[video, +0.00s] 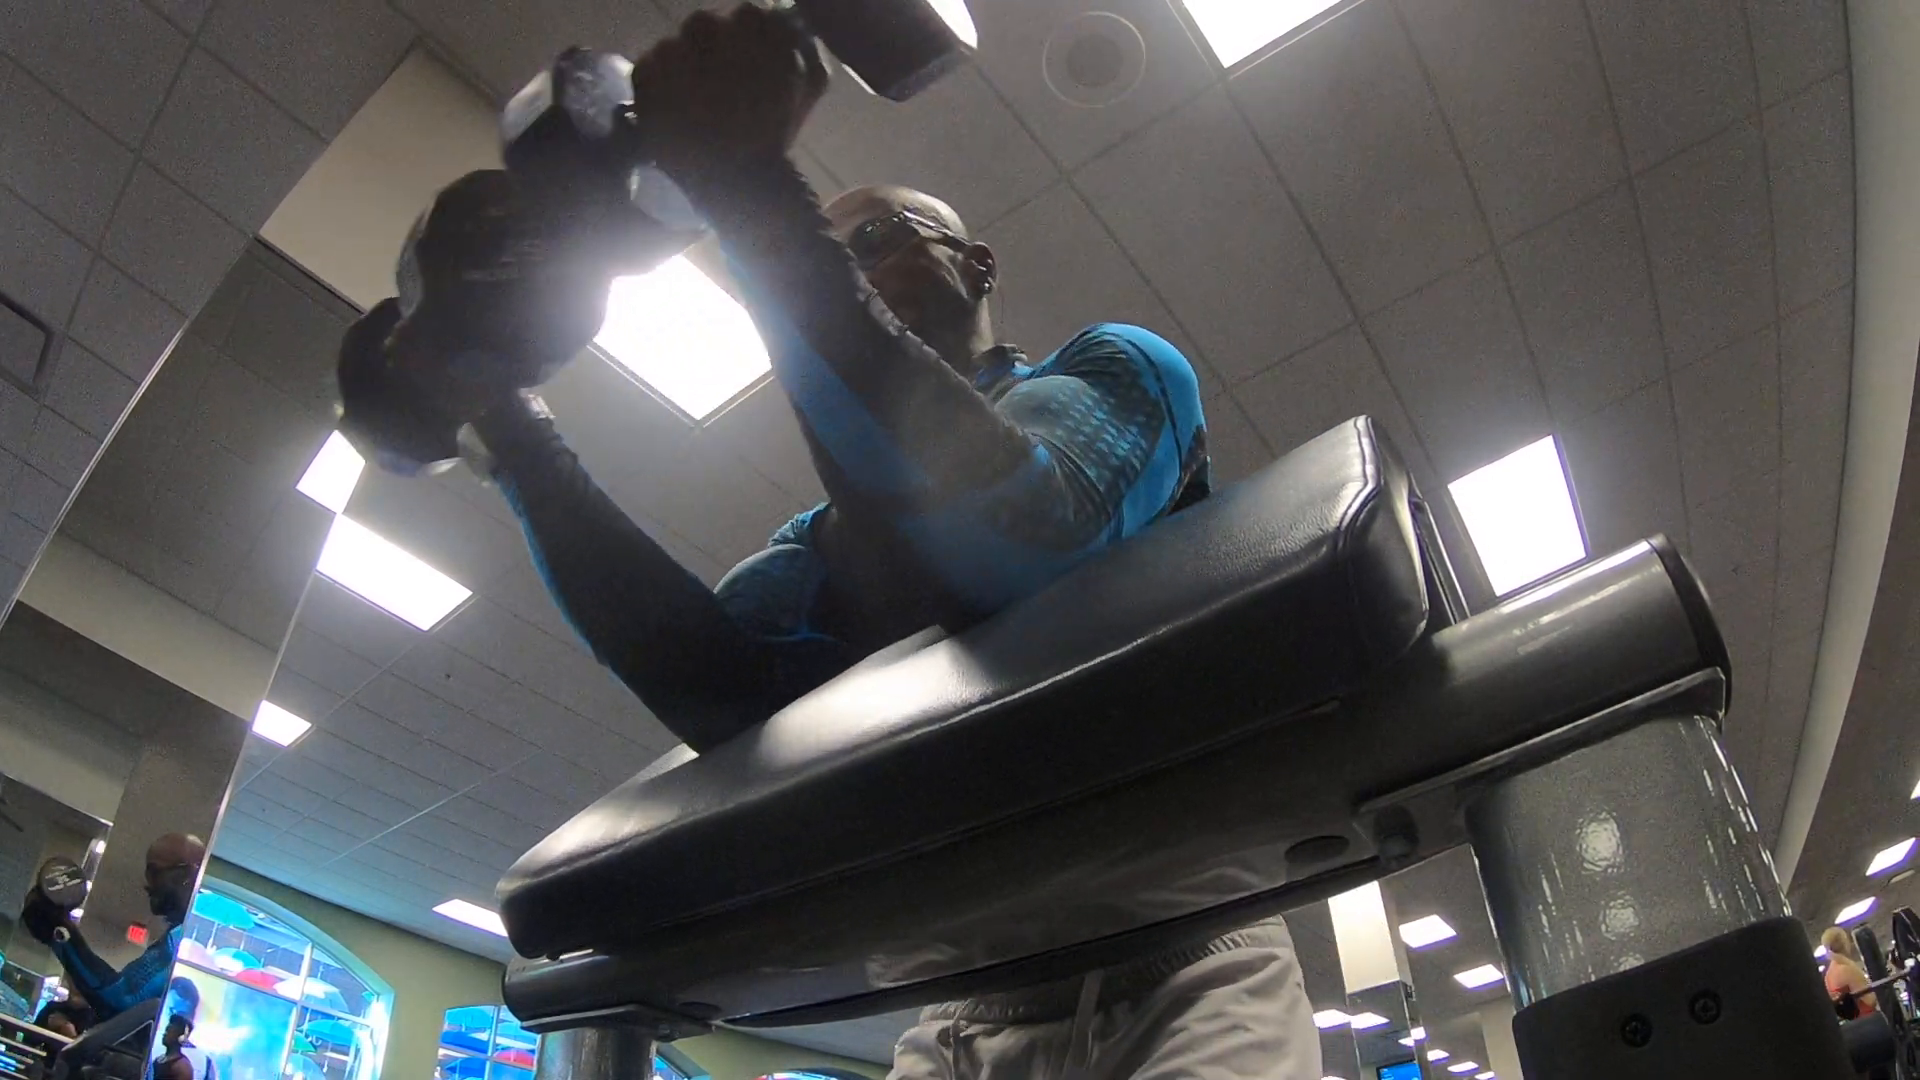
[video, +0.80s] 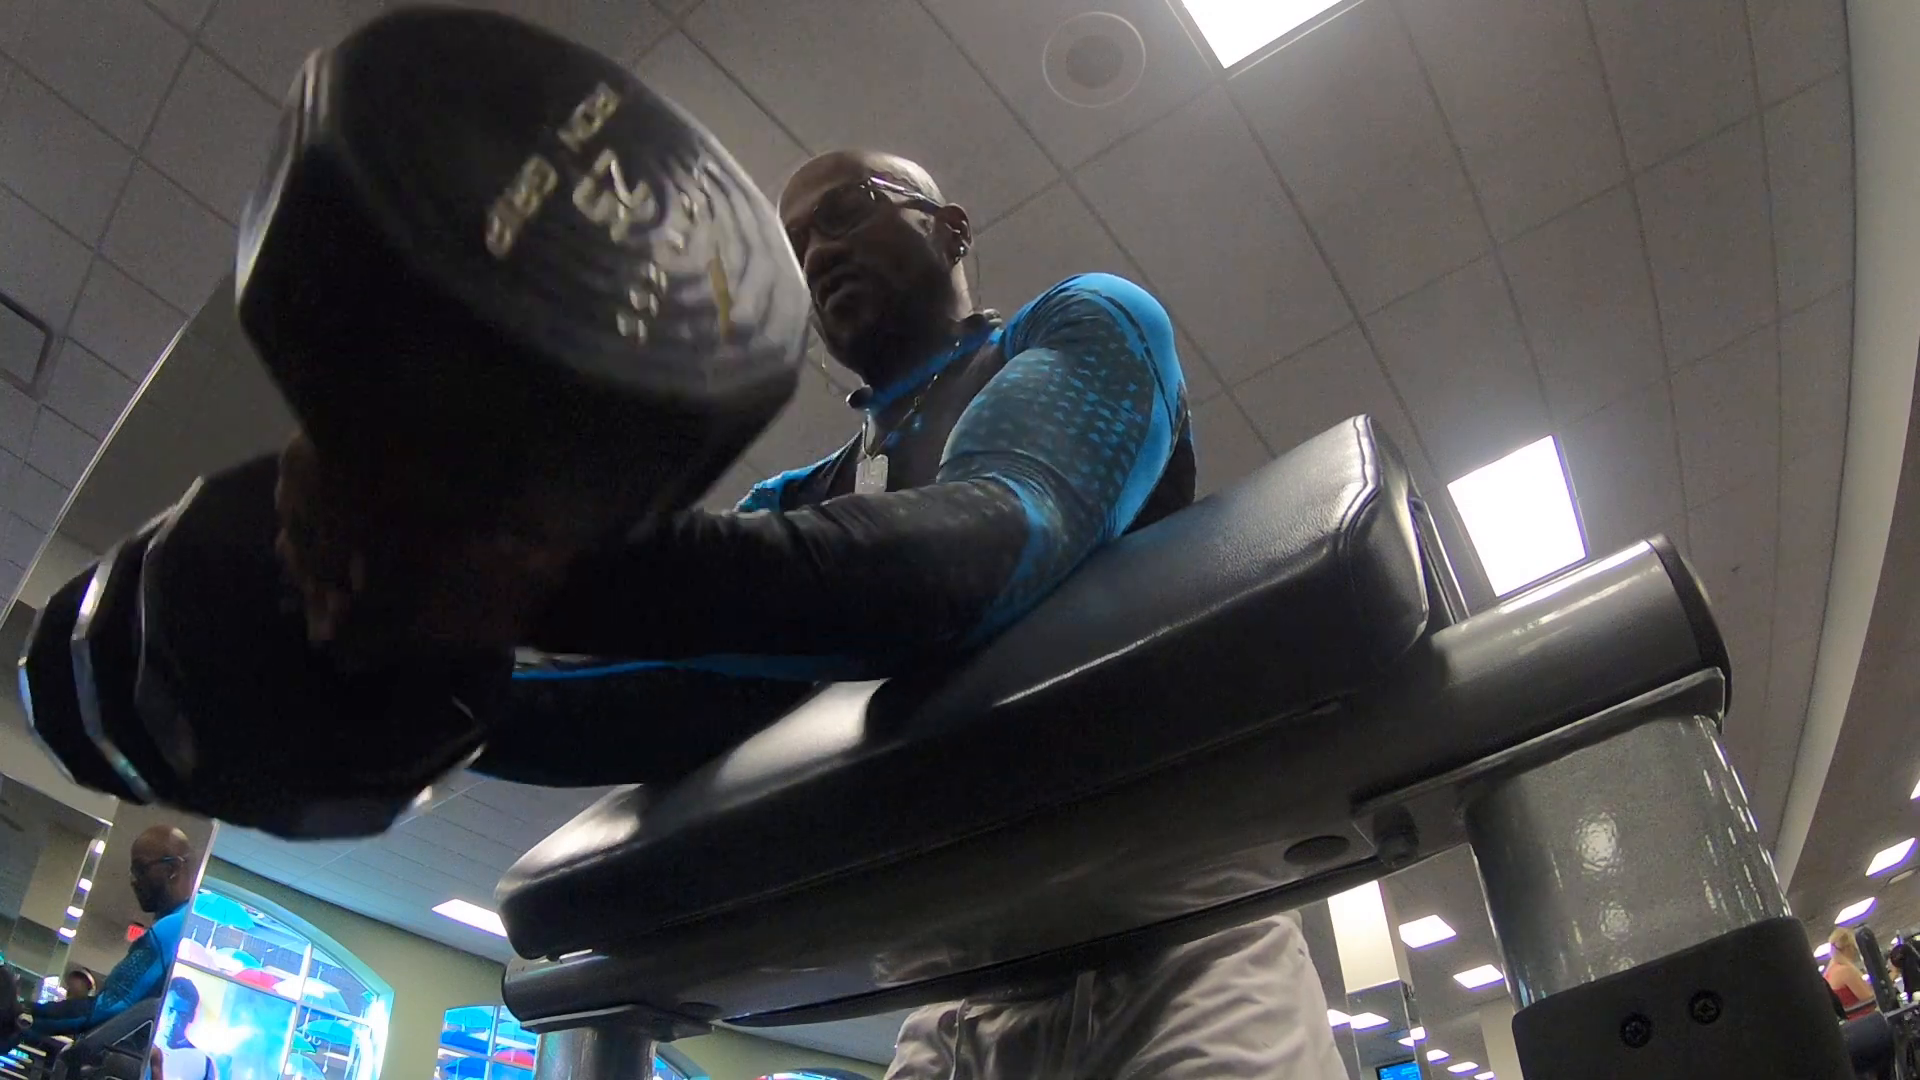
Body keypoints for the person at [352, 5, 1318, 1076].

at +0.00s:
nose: (852, 275)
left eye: (888, 239)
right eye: (823, 265)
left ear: (978, 270)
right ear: (807, 322)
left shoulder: (1120, 369)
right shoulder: (838, 538)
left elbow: (1016, 538)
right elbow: (719, 692)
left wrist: (744, 191)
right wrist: (509, 428)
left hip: (1199, 960)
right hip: (964, 1021)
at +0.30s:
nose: (818, 267)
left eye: (850, 226)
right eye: (799, 263)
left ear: (955, 241)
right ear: (802, 314)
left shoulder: (1099, 341)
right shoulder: (823, 505)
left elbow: (1034, 541)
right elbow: (715, 682)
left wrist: (640, 259)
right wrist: (407, 484)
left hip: (1211, 940)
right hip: (971, 1001)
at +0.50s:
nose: (815, 261)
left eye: (849, 224)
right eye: (799, 258)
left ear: (956, 237)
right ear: (812, 310)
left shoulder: (1101, 329)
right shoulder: (822, 495)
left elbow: (1019, 541)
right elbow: (701, 696)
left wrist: (589, 328)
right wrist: (374, 560)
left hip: (1206, 939)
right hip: (974, 998)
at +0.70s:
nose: (816, 261)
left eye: (848, 223)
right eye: (799, 258)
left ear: (955, 230)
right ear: (808, 315)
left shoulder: (1097, 328)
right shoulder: (826, 508)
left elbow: (985, 557)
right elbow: (699, 697)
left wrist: (554, 457)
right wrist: (399, 664)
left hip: (1194, 948)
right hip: (960, 1004)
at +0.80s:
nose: (817, 261)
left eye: (848, 218)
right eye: (795, 253)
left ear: (952, 225)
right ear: (798, 308)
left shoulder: (1091, 322)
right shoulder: (809, 511)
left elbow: (968, 570)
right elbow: (672, 717)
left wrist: (558, 561)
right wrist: (430, 683)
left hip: (1186, 942)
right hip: (954, 1002)